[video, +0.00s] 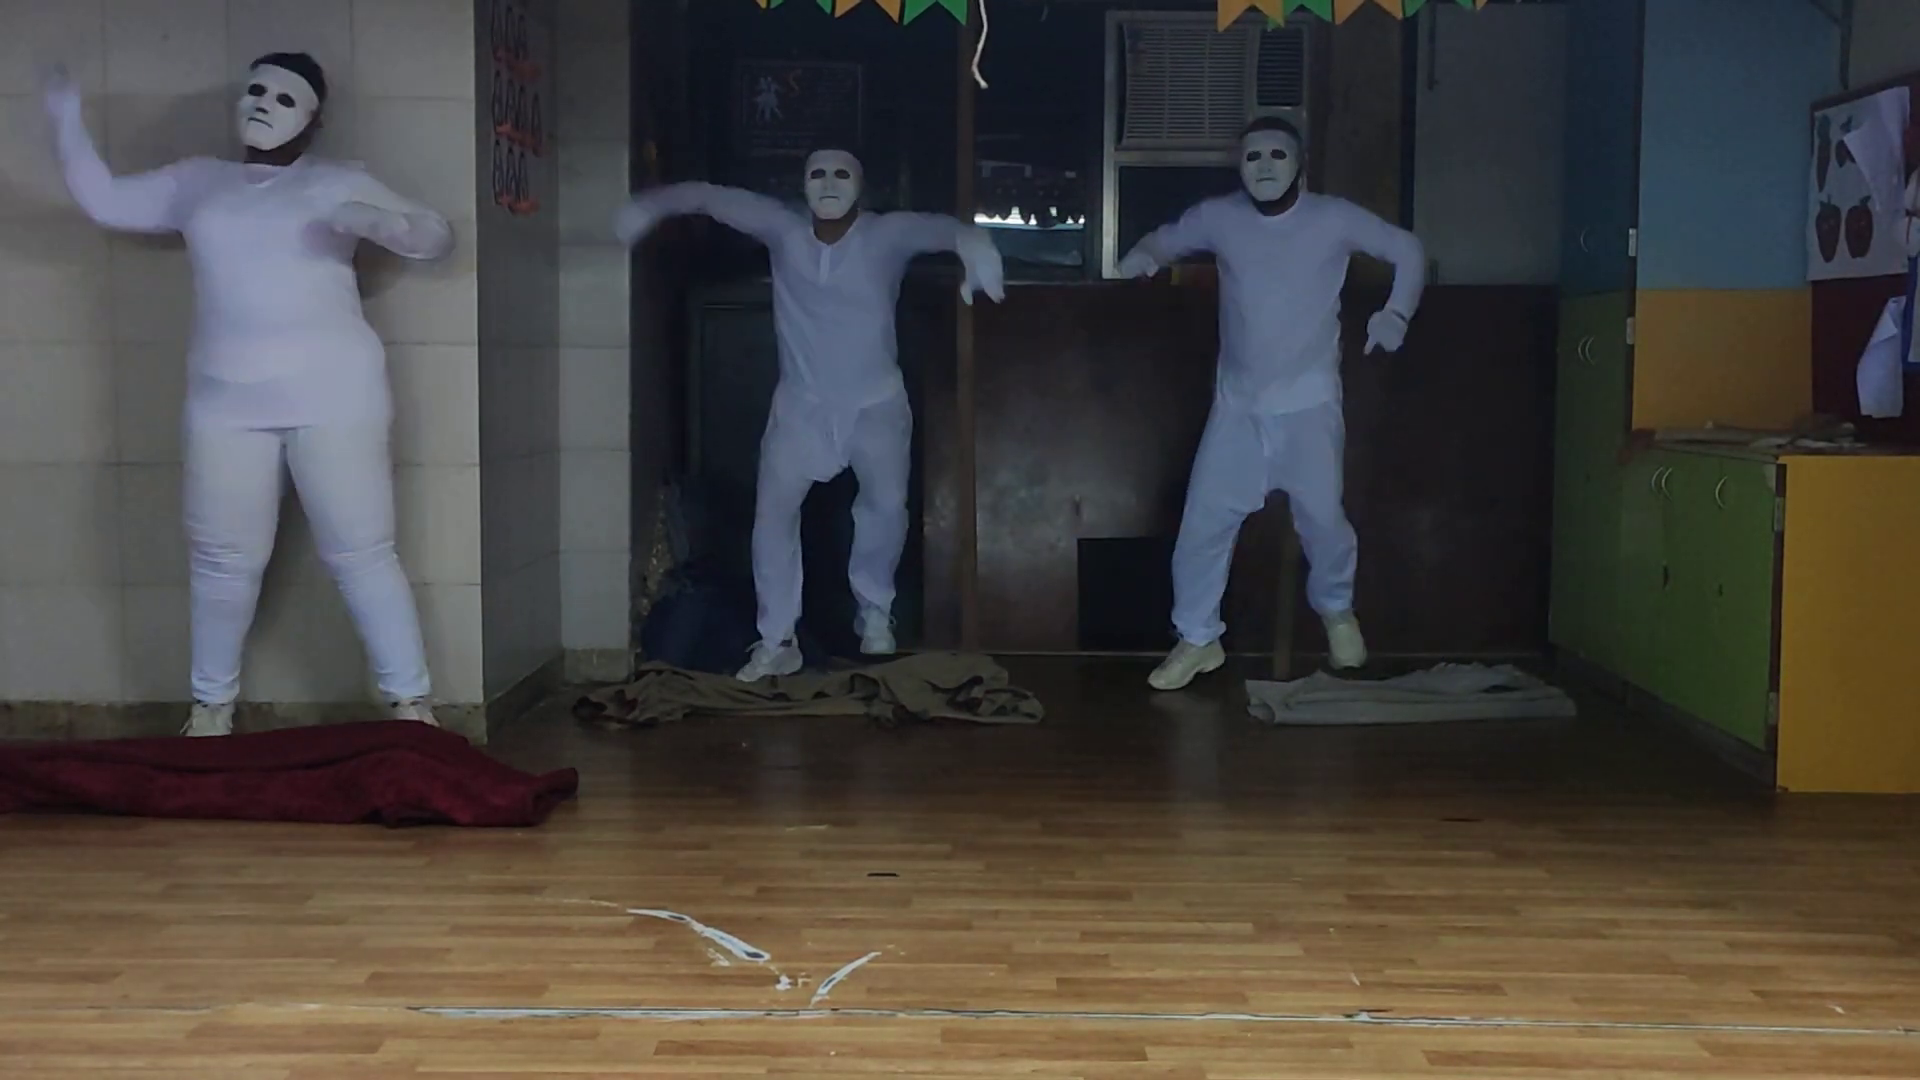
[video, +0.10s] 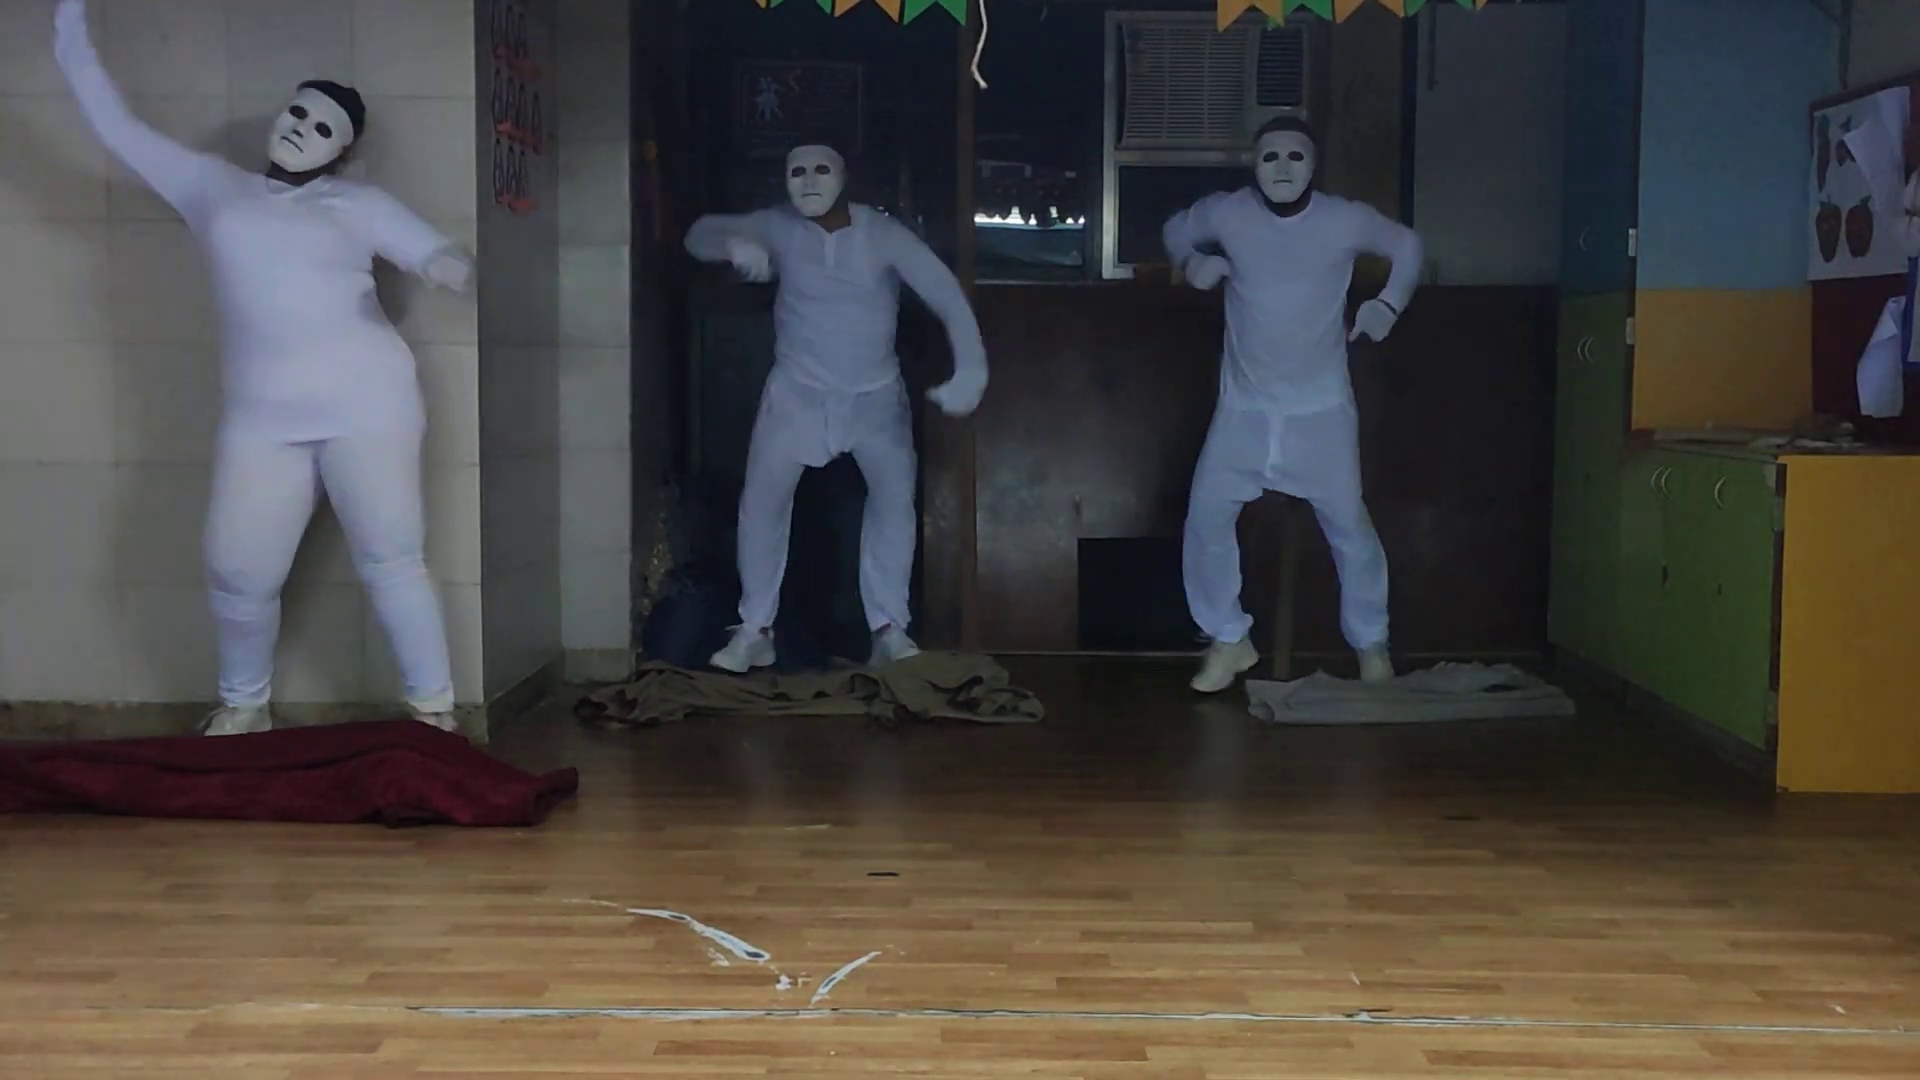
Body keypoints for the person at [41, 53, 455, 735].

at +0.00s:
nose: (265, 106)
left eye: (285, 100)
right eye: (256, 93)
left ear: (311, 118)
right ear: (238, 103)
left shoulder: (337, 183)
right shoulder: (198, 183)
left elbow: (434, 241)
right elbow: (104, 200)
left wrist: (387, 219)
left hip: (333, 398)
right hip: (227, 401)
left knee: (362, 553)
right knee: (222, 560)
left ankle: (411, 708)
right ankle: (210, 711)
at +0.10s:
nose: (303, 129)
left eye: (324, 126)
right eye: (297, 112)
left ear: (342, 148)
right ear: (277, 116)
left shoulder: (358, 207)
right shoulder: (215, 191)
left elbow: (439, 259)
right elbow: (119, 130)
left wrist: (468, 274)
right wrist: (73, 42)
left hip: (364, 405)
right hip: (263, 413)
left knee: (391, 559)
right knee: (239, 568)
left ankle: (434, 711)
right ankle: (243, 708)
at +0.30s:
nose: (301, 132)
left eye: (320, 120)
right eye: (289, 118)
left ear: (348, 135)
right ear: (275, 128)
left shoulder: (383, 219)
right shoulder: (247, 205)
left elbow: (438, 302)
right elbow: (143, 181)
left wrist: (451, 329)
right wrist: (145, 80)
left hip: (388, 421)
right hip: (281, 427)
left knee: (405, 573)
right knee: (247, 566)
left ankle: (433, 715)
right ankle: (261, 706)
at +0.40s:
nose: (297, 108)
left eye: (312, 96)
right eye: (283, 98)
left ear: (341, 107)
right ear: (269, 112)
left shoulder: (384, 194)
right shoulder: (241, 188)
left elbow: (465, 261)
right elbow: (167, 247)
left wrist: (484, 192)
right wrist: (154, 210)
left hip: (373, 404)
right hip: (265, 403)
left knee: (393, 557)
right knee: (225, 547)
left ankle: (434, 714)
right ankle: (235, 702)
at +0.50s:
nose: (283, 106)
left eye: (298, 94)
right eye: (270, 98)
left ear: (328, 107)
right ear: (258, 117)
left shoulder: (381, 187)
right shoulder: (238, 194)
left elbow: (492, 190)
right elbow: (188, 283)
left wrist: (502, 94)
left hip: (345, 403)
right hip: (235, 399)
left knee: (379, 560)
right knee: (216, 557)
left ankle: (430, 712)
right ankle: (206, 711)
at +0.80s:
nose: (264, 121)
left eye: (279, 110)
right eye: (251, 112)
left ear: (308, 120)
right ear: (237, 127)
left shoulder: (360, 193)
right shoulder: (222, 214)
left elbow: (447, 199)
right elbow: (154, 281)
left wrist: (495, 181)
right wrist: (88, 334)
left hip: (338, 418)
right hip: (229, 418)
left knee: (369, 569)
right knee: (216, 569)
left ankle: (431, 711)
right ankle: (208, 718)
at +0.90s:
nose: (273, 107)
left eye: (290, 95)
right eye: (261, 96)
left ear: (319, 107)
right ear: (247, 109)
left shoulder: (365, 182)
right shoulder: (224, 188)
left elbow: (433, 238)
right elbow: (154, 240)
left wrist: (473, 241)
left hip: (372, 398)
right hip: (262, 403)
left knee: (396, 559)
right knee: (241, 563)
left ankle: (434, 712)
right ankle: (213, 714)